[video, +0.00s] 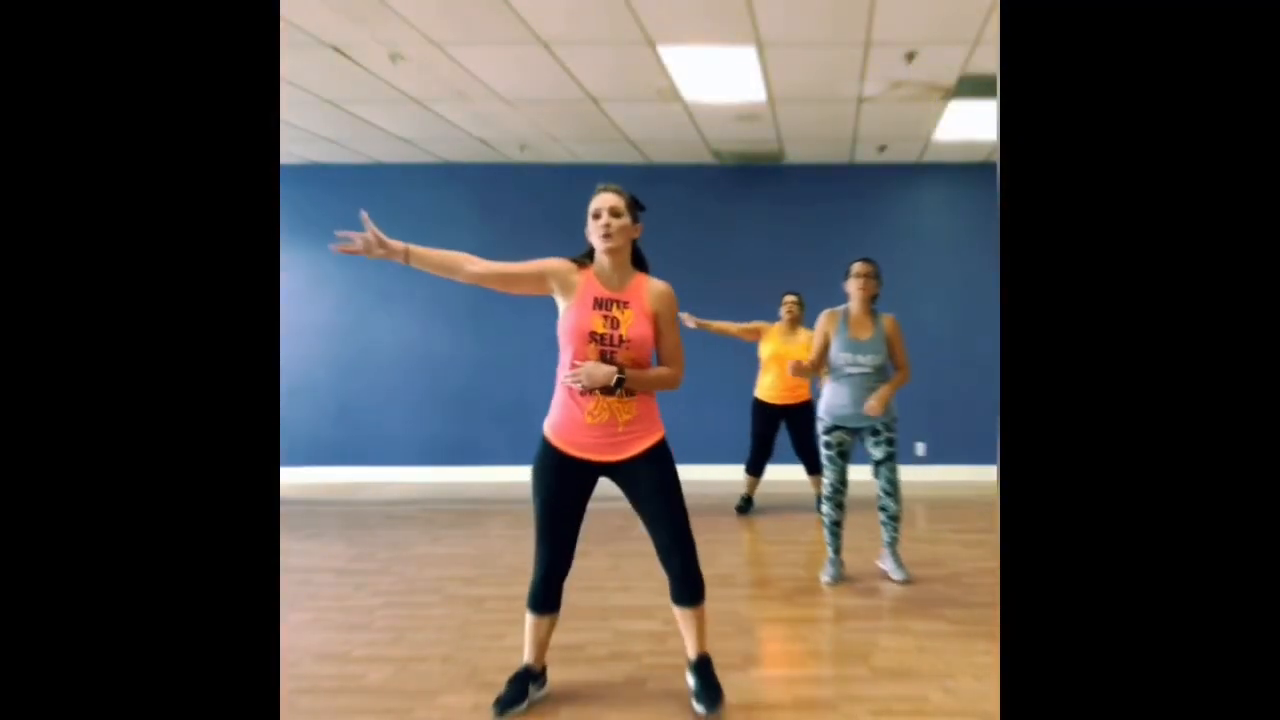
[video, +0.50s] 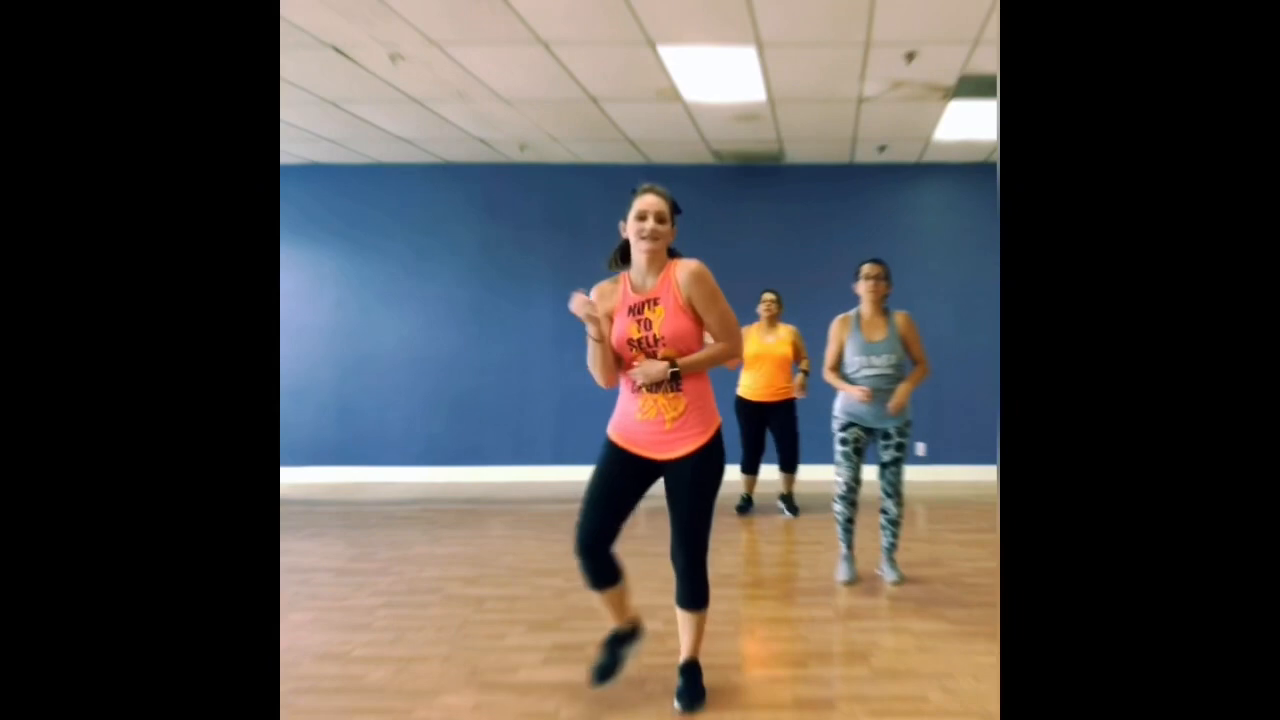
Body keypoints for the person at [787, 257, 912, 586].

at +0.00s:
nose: (862, 282)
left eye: (868, 276)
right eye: (857, 276)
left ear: (878, 286)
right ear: (846, 284)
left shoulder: (887, 325)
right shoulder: (829, 319)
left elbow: (903, 371)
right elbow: (816, 366)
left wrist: (884, 394)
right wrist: (801, 368)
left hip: (876, 417)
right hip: (835, 417)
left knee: (889, 486)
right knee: (833, 489)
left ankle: (890, 554)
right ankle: (833, 558)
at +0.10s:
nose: (861, 284)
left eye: (868, 278)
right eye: (856, 278)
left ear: (876, 286)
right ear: (845, 284)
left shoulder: (887, 324)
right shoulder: (828, 322)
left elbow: (902, 370)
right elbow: (818, 368)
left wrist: (884, 393)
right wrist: (811, 376)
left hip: (875, 419)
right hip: (833, 418)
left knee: (883, 489)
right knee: (832, 491)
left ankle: (887, 556)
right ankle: (833, 558)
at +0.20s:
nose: (862, 286)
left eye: (868, 281)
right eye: (856, 280)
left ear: (877, 288)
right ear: (846, 287)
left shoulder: (889, 325)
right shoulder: (831, 325)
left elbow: (905, 371)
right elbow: (820, 370)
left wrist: (886, 396)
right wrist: (821, 382)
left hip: (876, 420)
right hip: (835, 419)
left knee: (882, 491)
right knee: (833, 490)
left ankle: (887, 559)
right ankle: (832, 558)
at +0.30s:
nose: (865, 285)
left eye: (871, 280)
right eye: (860, 280)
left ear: (880, 287)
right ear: (849, 286)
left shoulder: (894, 324)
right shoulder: (835, 326)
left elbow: (911, 369)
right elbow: (823, 371)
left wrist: (893, 392)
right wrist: (832, 386)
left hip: (881, 420)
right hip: (840, 418)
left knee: (885, 491)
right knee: (835, 489)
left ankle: (887, 559)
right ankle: (833, 559)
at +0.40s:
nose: (869, 284)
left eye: (876, 279)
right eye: (864, 278)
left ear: (885, 286)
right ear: (853, 285)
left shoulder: (898, 322)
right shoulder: (839, 324)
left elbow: (918, 365)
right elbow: (827, 371)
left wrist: (899, 389)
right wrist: (842, 386)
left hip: (888, 418)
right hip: (847, 417)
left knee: (890, 490)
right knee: (839, 487)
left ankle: (888, 559)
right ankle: (836, 557)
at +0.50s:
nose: (874, 284)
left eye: (879, 278)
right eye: (867, 278)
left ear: (889, 286)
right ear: (857, 285)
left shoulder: (901, 322)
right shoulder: (842, 324)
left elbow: (922, 365)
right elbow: (828, 371)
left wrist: (905, 389)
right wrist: (849, 389)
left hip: (892, 417)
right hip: (851, 416)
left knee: (892, 490)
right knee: (847, 487)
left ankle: (888, 558)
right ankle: (846, 555)